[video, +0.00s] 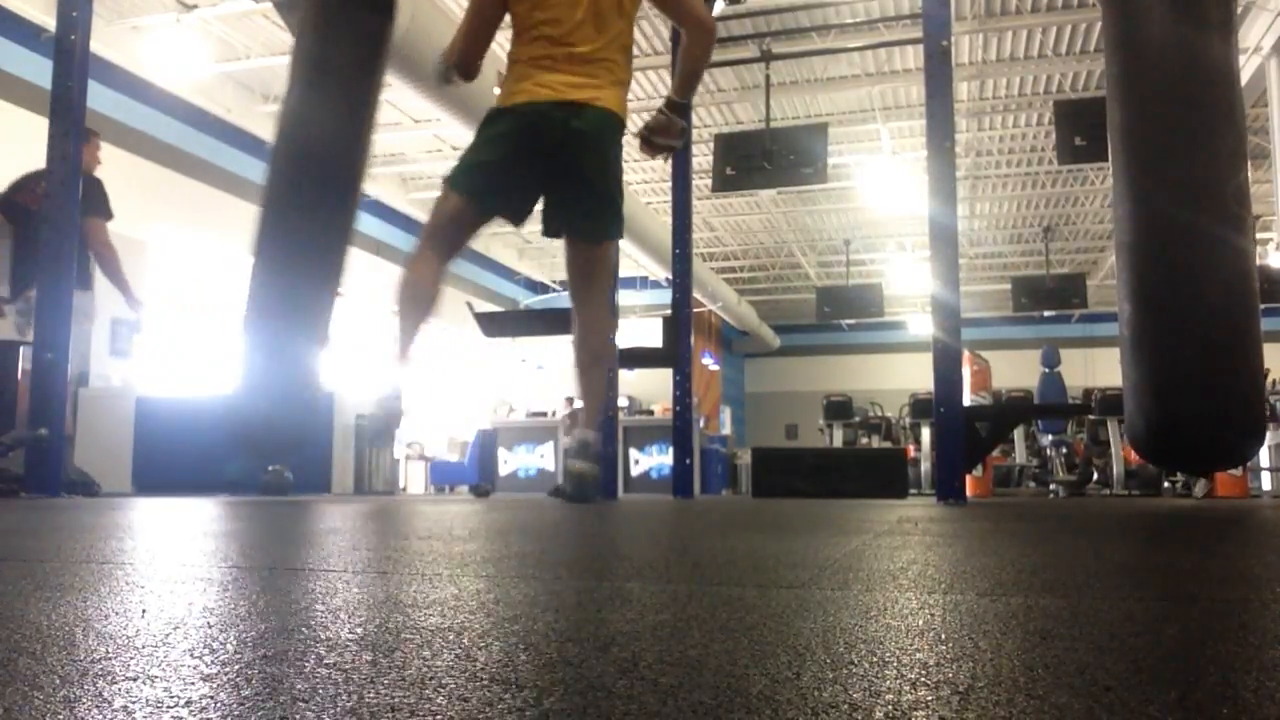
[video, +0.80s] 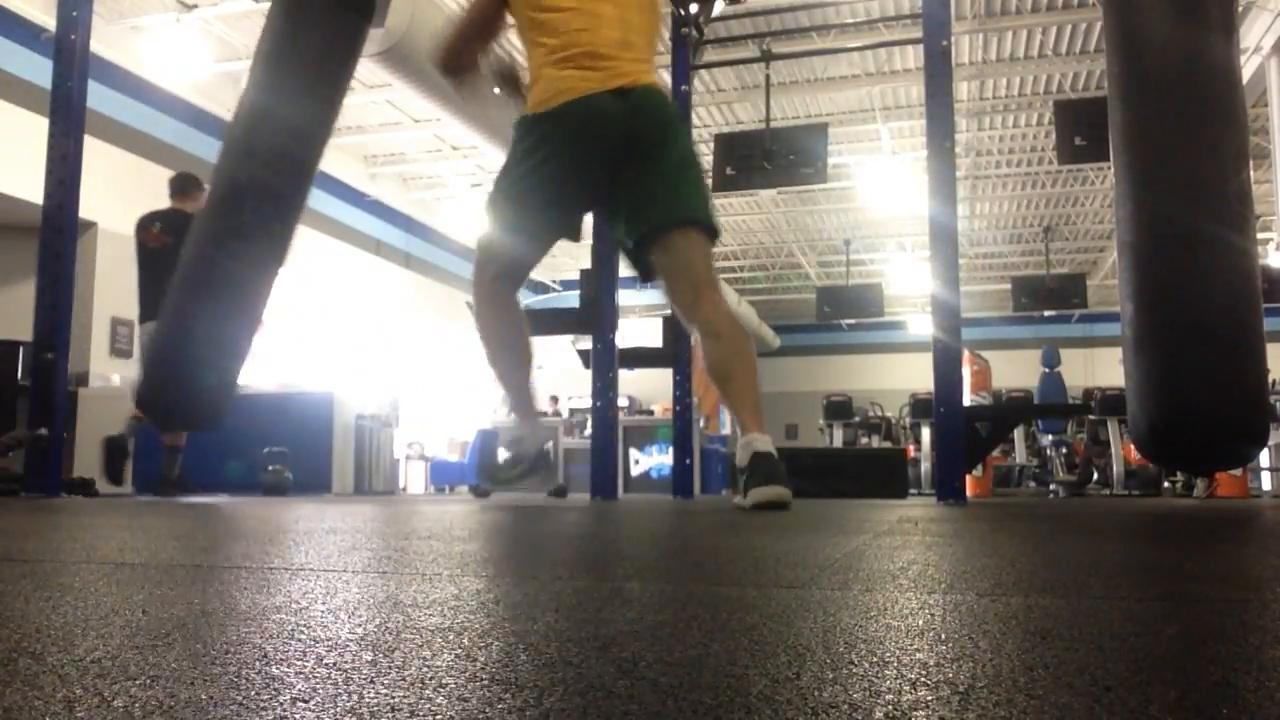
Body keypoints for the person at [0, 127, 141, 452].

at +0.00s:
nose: (99, 158)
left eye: (99, 150)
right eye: (95, 150)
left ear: (65, 147)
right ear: (79, 148)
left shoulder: (30, 181)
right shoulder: (87, 184)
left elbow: (13, 235)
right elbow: (97, 242)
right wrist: (129, 294)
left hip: (29, 290)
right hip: (71, 293)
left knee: (31, 371)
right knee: (68, 374)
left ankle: (22, 446)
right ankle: (61, 452)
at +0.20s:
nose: (126, 168)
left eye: (126, 161)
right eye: (122, 160)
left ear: (91, 158)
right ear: (106, 158)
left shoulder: (60, 188)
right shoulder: (111, 191)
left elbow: (43, 245)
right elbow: (121, 249)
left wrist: (50, 290)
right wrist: (144, 300)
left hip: (62, 294)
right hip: (98, 297)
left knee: (72, 376)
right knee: (115, 379)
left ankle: (66, 466)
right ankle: (63, 426)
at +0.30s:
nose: (139, 173)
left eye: (139, 166)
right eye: (137, 165)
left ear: (106, 162)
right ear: (121, 162)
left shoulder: (80, 191)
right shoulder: (122, 194)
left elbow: (70, 244)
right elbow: (128, 248)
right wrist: (144, 293)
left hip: (77, 295)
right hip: (108, 296)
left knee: (75, 380)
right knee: (143, 371)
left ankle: (67, 466)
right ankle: (95, 450)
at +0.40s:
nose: (151, 181)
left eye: (152, 175)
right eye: (149, 174)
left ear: (118, 170)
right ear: (135, 171)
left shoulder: (87, 200)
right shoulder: (135, 202)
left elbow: (72, 250)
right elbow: (137, 257)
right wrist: (147, 300)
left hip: (78, 296)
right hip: (116, 295)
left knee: (77, 382)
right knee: (146, 380)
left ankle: (68, 467)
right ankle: (145, 468)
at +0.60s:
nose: (176, 194)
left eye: (175, 189)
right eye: (175, 189)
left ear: (145, 187)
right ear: (167, 188)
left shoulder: (119, 218)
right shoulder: (174, 221)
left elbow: (118, 272)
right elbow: (186, 269)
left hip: (117, 320)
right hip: (161, 321)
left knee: (103, 388)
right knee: (165, 398)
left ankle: (76, 460)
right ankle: (169, 475)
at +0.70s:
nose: (188, 198)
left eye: (185, 192)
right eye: (188, 192)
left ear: (159, 190)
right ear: (184, 192)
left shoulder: (133, 221)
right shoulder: (187, 225)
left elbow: (133, 276)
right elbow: (195, 277)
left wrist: (131, 322)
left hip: (138, 326)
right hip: (175, 327)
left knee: (129, 393)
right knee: (174, 401)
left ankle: (95, 444)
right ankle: (170, 475)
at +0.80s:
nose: (202, 202)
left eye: (201, 196)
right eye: (202, 197)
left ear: (171, 194)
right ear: (198, 196)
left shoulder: (145, 223)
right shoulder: (199, 226)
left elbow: (140, 273)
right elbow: (210, 273)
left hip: (149, 321)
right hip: (184, 321)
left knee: (152, 388)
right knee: (180, 393)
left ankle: (126, 436)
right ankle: (171, 474)